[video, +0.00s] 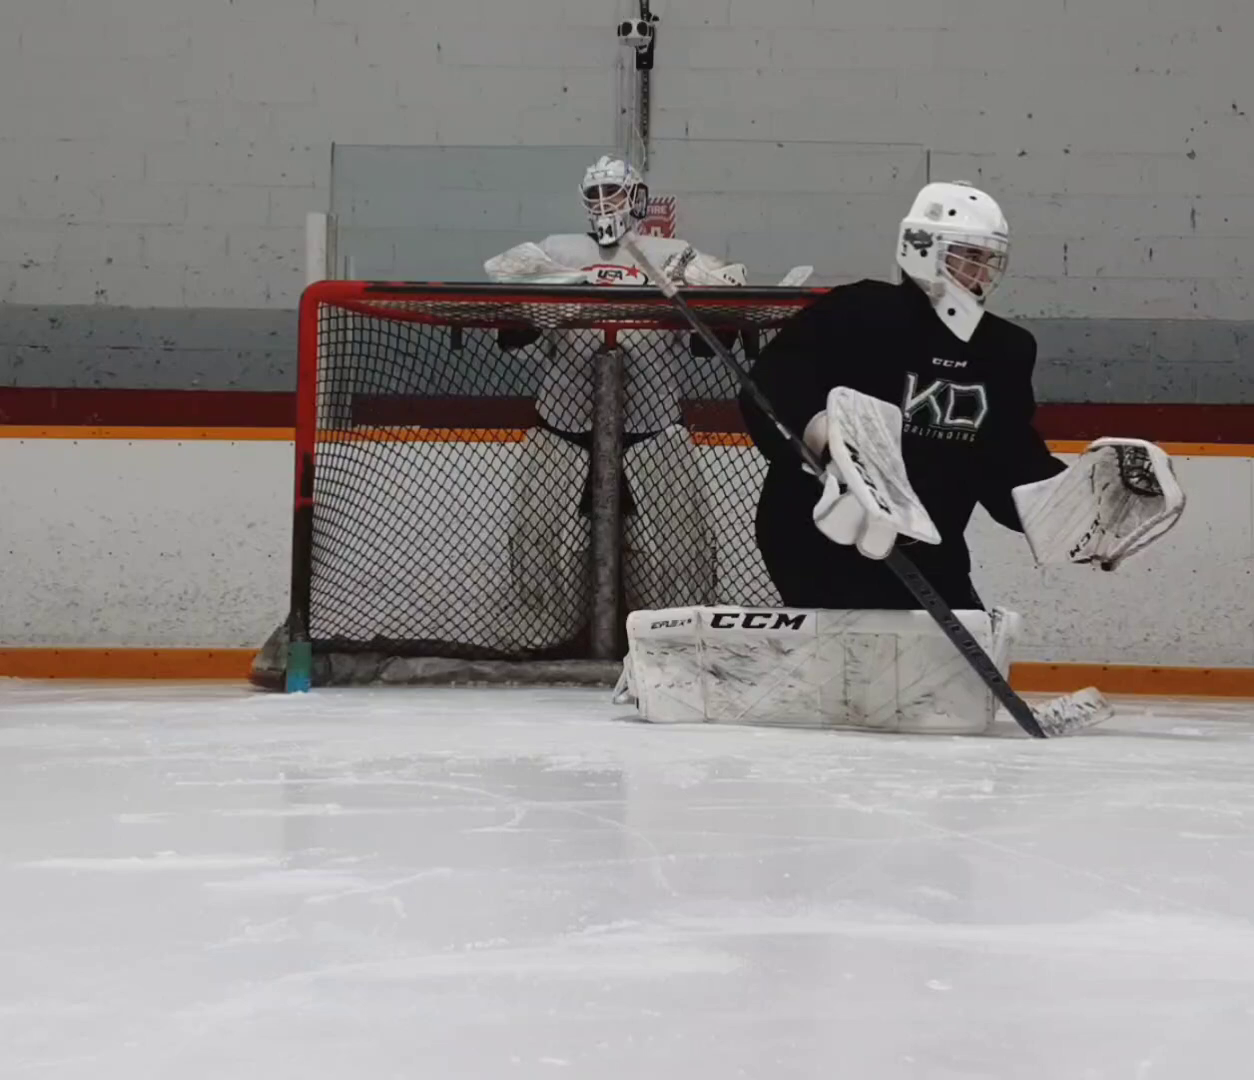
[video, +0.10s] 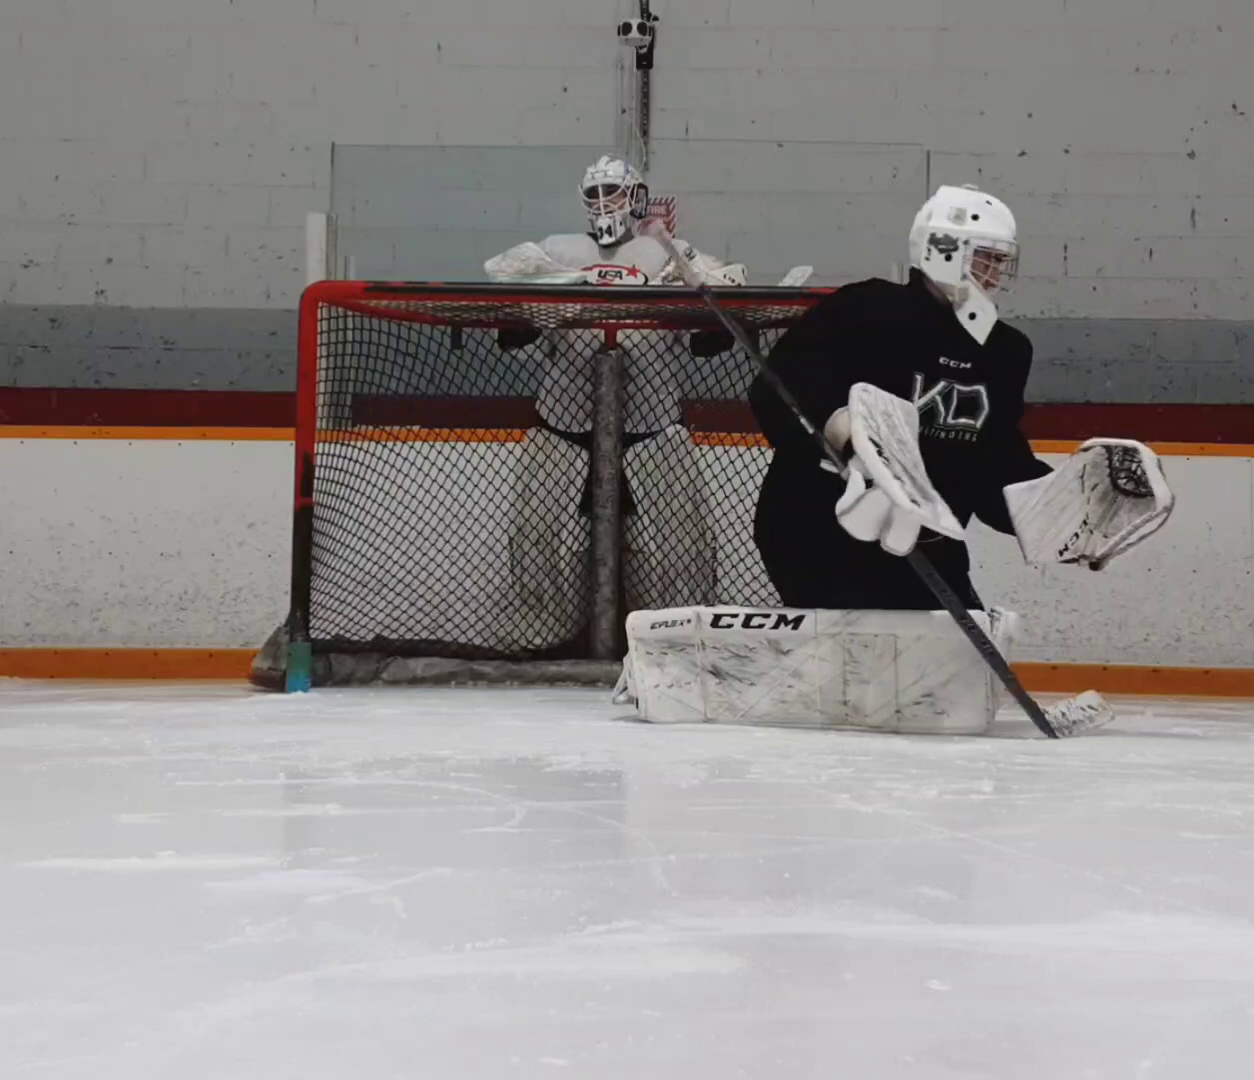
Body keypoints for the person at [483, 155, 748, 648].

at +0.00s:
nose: (605, 204)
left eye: (615, 193)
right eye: (596, 196)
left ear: (638, 198)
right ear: (585, 203)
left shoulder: (671, 258)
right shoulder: (557, 254)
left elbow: (713, 341)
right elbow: (509, 335)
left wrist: (698, 285)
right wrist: (553, 296)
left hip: (651, 443)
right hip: (563, 441)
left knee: (672, 554)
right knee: (546, 551)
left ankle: (672, 658)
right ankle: (547, 656)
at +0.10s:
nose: (605, 204)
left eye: (615, 193)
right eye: (595, 196)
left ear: (637, 197)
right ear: (584, 203)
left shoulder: (668, 256)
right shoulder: (557, 253)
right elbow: (509, 335)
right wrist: (555, 296)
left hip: (650, 441)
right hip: (563, 440)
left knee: (669, 555)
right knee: (548, 553)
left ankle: (669, 659)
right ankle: (548, 657)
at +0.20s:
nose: (604, 205)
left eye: (614, 194)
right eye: (595, 196)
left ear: (637, 198)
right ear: (584, 204)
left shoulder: (672, 259)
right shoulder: (556, 256)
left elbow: (708, 342)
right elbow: (510, 336)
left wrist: (720, 294)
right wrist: (538, 296)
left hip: (650, 439)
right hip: (563, 438)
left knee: (669, 556)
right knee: (546, 554)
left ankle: (669, 661)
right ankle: (546, 660)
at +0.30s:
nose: (604, 204)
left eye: (614, 193)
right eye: (595, 195)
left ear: (636, 197)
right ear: (584, 202)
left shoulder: (671, 258)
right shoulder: (556, 253)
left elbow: (708, 343)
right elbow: (510, 336)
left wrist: (721, 294)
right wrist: (543, 292)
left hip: (649, 438)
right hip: (563, 438)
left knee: (669, 553)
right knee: (547, 550)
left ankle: (668, 657)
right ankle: (549, 655)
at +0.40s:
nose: (605, 204)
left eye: (615, 193)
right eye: (595, 195)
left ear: (636, 197)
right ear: (585, 202)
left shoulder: (671, 258)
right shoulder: (556, 255)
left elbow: (708, 343)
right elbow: (510, 337)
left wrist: (722, 296)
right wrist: (538, 293)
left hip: (650, 439)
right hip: (563, 438)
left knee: (670, 553)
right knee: (546, 549)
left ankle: (668, 656)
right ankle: (547, 655)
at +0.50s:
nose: (605, 204)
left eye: (615, 193)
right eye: (596, 195)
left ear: (636, 197)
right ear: (585, 202)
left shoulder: (670, 258)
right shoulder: (555, 254)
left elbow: (708, 343)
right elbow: (510, 337)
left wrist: (716, 292)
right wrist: (531, 291)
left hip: (649, 436)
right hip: (563, 435)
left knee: (668, 546)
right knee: (544, 543)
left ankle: (667, 647)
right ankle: (551, 648)